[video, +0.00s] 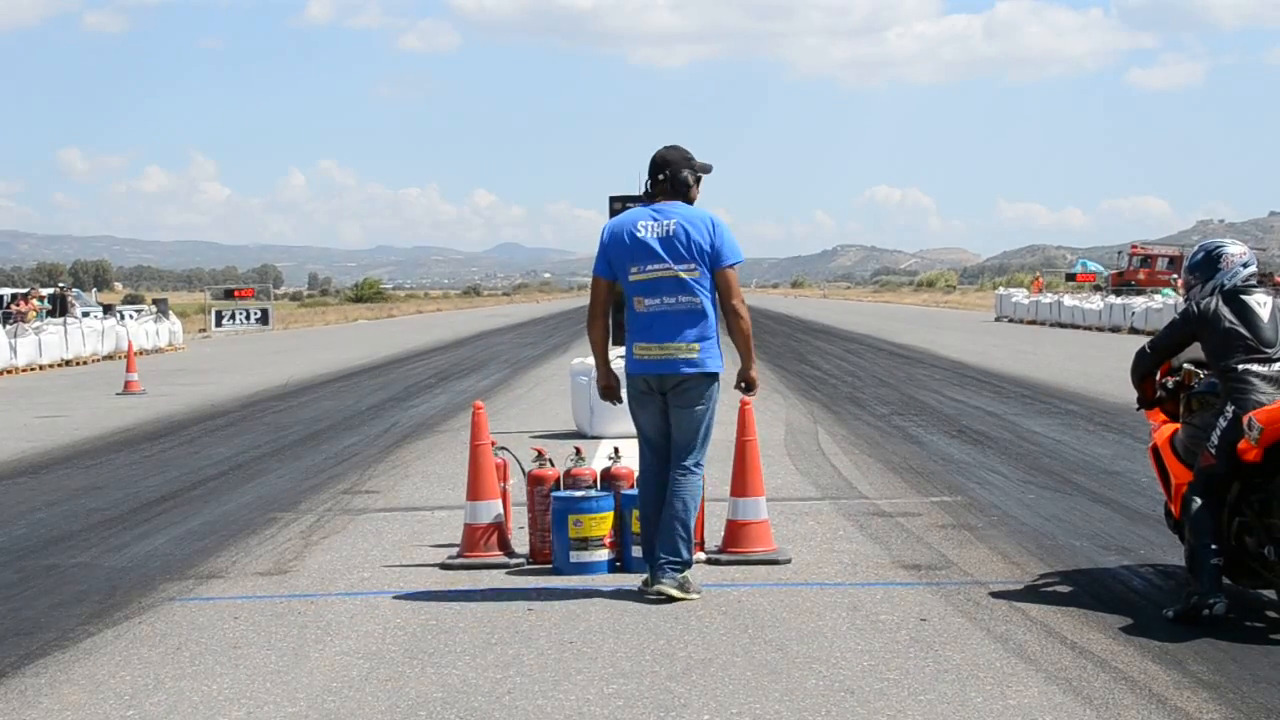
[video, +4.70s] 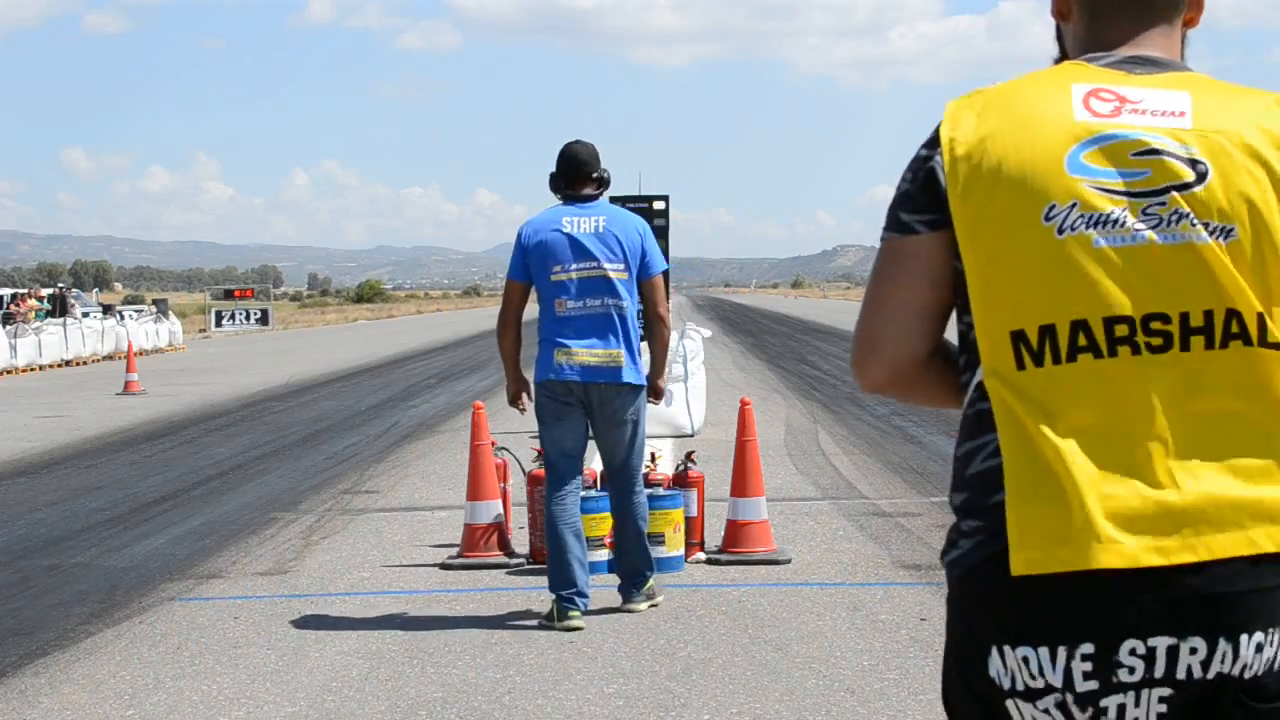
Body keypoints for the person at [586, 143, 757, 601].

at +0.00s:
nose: (699, 190)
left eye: (699, 182)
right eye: (698, 183)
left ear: (652, 182)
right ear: (689, 184)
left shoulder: (618, 229)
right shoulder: (707, 226)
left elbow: (598, 309)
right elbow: (733, 304)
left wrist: (603, 368)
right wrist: (748, 363)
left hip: (641, 366)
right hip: (694, 365)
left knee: (653, 463)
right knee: (687, 464)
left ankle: (656, 567)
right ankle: (669, 571)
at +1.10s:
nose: (652, 192)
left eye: (655, 184)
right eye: (653, 184)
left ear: (669, 185)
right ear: (700, 186)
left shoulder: (654, 226)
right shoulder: (739, 224)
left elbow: (611, 291)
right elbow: (781, 289)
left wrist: (562, 342)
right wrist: (822, 339)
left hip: (667, 364)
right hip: (725, 362)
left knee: (643, 465)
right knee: (721, 467)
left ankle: (623, 568)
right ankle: (723, 572)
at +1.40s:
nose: (611, 192)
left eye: (616, 184)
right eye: (613, 183)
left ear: (635, 185)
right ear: (660, 186)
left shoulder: (619, 229)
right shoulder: (701, 222)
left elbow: (558, 274)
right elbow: (757, 274)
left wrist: (496, 306)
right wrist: (815, 313)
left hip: (634, 366)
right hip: (692, 362)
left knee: (622, 471)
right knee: (702, 465)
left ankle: (619, 572)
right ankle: (721, 568)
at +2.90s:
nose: (570, 194)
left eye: (572, 186)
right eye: (570, 187)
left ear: (588, 185)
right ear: (619, 184)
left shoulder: (573, 229)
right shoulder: (659, 222)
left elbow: (520, 280)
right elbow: (705, 285)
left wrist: (481, 313)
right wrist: (740, 332)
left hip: (598, 365)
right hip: (655, 362)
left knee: (606, 468)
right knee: (659, 462)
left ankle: (616, 572)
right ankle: (668, 568)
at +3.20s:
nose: (565, 197)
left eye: (566, 190)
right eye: (564, 190)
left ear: (578, 188)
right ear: (612, 185)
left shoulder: (563, 231)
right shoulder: (650, 221)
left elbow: (536, 310)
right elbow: (681, 297)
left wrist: (530, 372)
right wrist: (693, 358)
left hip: (592, 366)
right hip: (649, 362)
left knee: (604, 470)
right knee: (659, 461)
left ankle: (616, 572)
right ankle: (667, 568)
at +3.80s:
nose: (637, 193)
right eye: (638, 187)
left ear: (596, 189)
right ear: (637, 188)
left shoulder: (567, 232)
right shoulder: (660, 229)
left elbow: (543, 308)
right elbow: (690, 316)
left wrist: (537, 366)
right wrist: (697, 366)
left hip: (593, 372)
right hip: (650, 368)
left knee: (605, 472)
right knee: (646, 472)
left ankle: (610, 569)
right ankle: (636, 580)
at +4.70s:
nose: (561, 185)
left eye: (558, 179)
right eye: (595, 179)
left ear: (557, 183)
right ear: (603, 181)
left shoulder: (535, 230)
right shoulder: (633, 227)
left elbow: (509, 316)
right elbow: (659, 314)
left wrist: (513, 373)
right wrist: (658, 373)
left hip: (557, 374)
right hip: (619, 372)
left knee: (562, 483)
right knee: (625, 480)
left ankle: (569, 602)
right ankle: (637, 586)